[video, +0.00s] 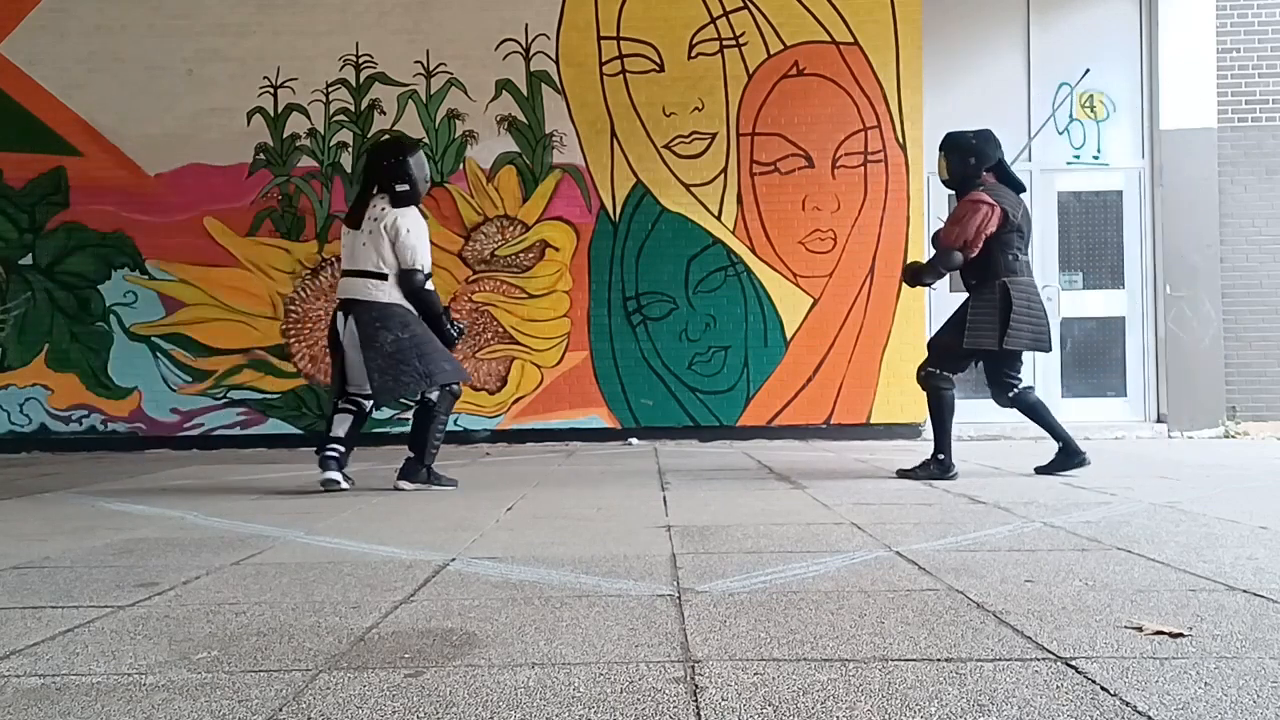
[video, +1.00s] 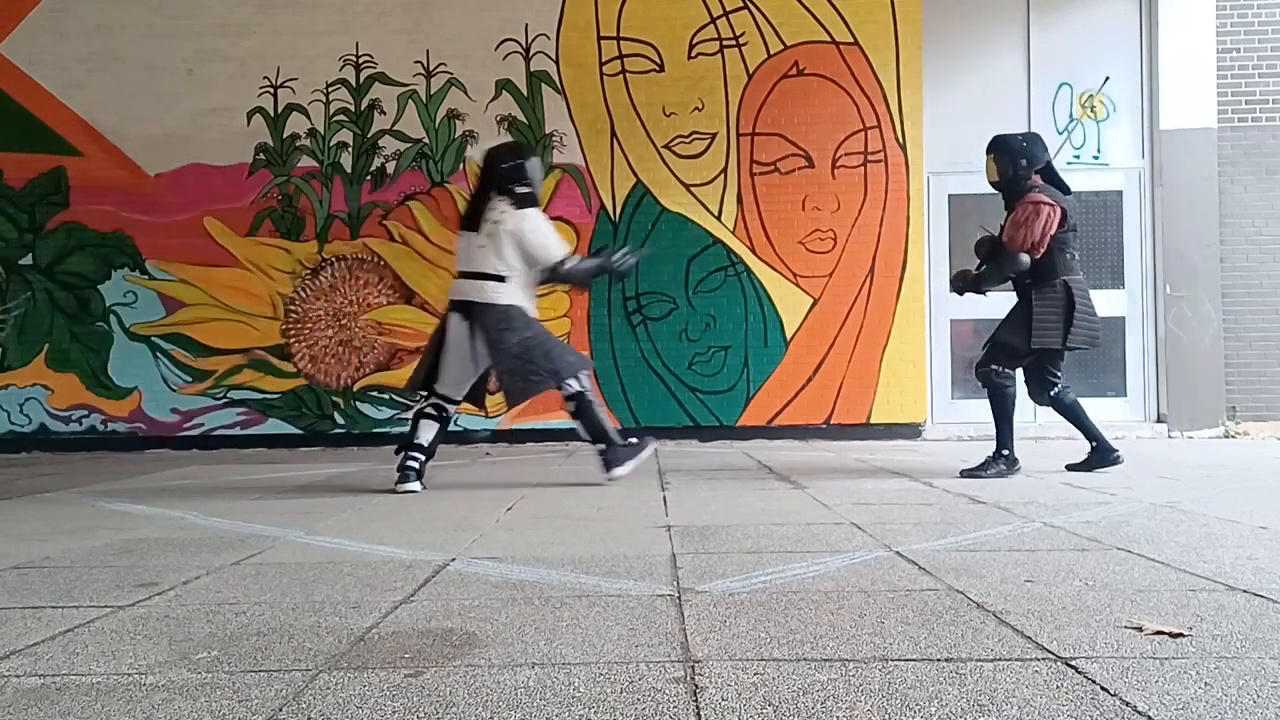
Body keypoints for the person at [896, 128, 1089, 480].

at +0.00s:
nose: (944, 169)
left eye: (950, 161)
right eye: (944, 161)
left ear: (973, 164)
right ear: (986, 165)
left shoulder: (979, 201)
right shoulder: (1008, 198)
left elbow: (949, 255)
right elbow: (977, 253)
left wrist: (922, 274)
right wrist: (933, 269)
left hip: (993, 301)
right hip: (1017, 300)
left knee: (935, 368)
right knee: (1007, 387)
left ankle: (941, 460)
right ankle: (1070, 449)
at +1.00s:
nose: (992, 172)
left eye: (998, 164)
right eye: (992, 165)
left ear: (1022, 165)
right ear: (1026, 167)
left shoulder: (1034, 203)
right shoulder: (1034, 200)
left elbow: (1015, 260)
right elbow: (1026, 256)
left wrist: (975, 280)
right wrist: (994, 250)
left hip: (1048, 300)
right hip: (1056, 299)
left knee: (994, 367)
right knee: (1044, 385)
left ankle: (1004, 456)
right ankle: (1102, 447)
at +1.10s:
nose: (999, 170)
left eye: (1005, 163)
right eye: (998, 163)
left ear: (1028, 166)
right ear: (1030, 167)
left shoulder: (1041, 208)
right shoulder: (1028, 204)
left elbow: (1029, 268)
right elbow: (1023, 257)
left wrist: (981, 279)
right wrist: (996, 253)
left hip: (1054, 300)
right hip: (1055, 299)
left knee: (997, 360)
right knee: (1044, 386)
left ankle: (1005, 450)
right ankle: (1103, 449)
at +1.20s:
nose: (1013, 167)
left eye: (1019, 160)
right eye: (1014, 160)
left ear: (1041, 164)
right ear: (1039, 166)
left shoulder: (1060, 210)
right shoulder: (1029, 206)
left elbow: (1038, 266)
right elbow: (1003, 241)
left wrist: (980, 265)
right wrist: (975, 234)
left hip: (1049, 306)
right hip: (1038, 305)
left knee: (996, 363)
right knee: (1036, 392)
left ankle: (993, 452)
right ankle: (1102, 447)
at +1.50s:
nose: (1017, 170)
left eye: (1027, 164)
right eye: (1018, 162)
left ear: (1052, 174)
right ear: (1019, 164)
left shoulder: (1061, 221)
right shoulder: (1014, 211)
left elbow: (1027, 280)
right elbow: (988, 269)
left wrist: (983, 306)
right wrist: (943, 294)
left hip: (1044, 309)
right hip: (1011, 306)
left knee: (984, 371)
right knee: (1017, 395)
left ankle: (981, 462)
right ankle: (1066, 428)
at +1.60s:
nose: (1012, 175)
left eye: (1020, 168)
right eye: (1012, 168)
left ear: (1047, 172)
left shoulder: (1069, 218)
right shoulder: (1021, 207)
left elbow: (1029, 277)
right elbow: (1000, 265)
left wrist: (971, 297)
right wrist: (951, 287)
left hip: (1052, 307)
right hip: (1021, 303)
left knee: (991, 373)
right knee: (1012, 390)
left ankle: (981, 462)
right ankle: (1076, 435)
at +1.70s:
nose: (1038, 170)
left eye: (1046, 163)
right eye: (1039, 162)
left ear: (1074, 166)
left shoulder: (1090, 212)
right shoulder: (1043, 202)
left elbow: (1038, 252)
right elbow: (1021, 248)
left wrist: (974, 249)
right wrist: (972, 250)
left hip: (1064, 304)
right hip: (1038, 300)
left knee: (1005, 377)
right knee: (1022, 387)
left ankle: (982, 462)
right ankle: (1108, 438)